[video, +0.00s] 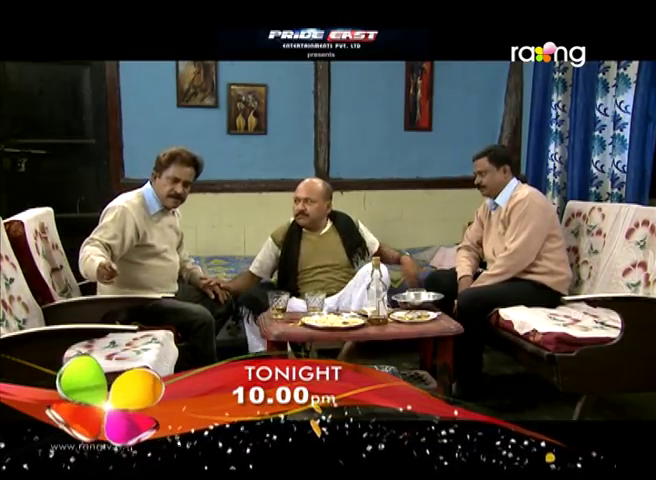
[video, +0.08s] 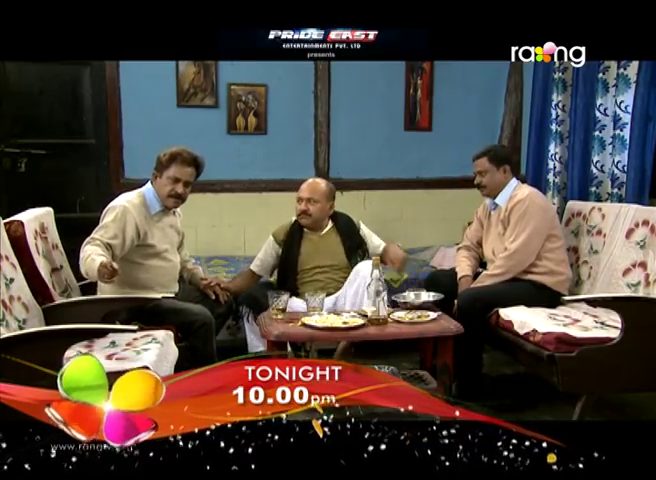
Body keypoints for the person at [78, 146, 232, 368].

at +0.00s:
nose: (179, 190)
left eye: (186, 185)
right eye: (173, 181)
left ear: (191, 188)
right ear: (155, 177)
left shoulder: (172, 214)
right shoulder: (126, 208)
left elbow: (180, 259)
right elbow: (92, 249)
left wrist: (202, 280)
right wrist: (98, 265)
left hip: (167, 296)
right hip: (130, 304)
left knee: (221, 304)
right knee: (200, 319)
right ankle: (204, 387)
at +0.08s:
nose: (180, 190)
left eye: (187, 185)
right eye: (174, 181)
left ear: (191, 188)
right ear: (156, 177)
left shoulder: (174, 214)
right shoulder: (127, 208)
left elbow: (179, 259)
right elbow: (93, 248)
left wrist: (202, 280)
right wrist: (99, 264)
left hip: (167, 297)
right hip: (131, 304)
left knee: (221, 303)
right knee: (200, 319)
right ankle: (205, 386)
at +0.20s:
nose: (180, 190)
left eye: (187, 185)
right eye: (174, 181)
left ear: (192, 188)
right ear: (156, 177)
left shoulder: (174, 213)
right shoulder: (127, 208)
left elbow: (181, 258)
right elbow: (93, 248)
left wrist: (203, 281)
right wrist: (100, 264)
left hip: (166, 297)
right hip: (130, 304)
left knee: (222, 303)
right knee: (201, 320)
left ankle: (183, 367)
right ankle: (207, 385)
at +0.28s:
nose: (179, 189)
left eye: (186, 184)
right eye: (173, 180)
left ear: (191, 187)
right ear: (155, 176)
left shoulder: (174, 212)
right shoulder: (126, 208)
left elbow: (181, 257)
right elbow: (93, 247)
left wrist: (203, 281)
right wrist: (101, 264)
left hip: (166, 296)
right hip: (130, 304)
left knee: (221, 303)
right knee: (200, 319)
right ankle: (207, 386)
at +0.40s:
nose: (177, 188)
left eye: (184, 183)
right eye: (171, 179)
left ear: (188, 186)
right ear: (152, 176)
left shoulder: (172, 211)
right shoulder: (125, 207)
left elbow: (180, 257)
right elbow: (91, 248)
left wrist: (203, 281)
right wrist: (99, 263)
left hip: (165, 297)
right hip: (130, 305)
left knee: (220, 303)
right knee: (200, 319)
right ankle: (207, 386)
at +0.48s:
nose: (175, 187)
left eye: (182, 182)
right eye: (169, 178)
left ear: (187, 185)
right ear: (150, 176)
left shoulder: (170, 211)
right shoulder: (123, 207)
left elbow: (180, 256)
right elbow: (89, 248)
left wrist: (204, 281)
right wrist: (98, 263)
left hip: (165, 296)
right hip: (129, 305)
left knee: (219, 304)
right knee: (200, 319)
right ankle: (207, 386)